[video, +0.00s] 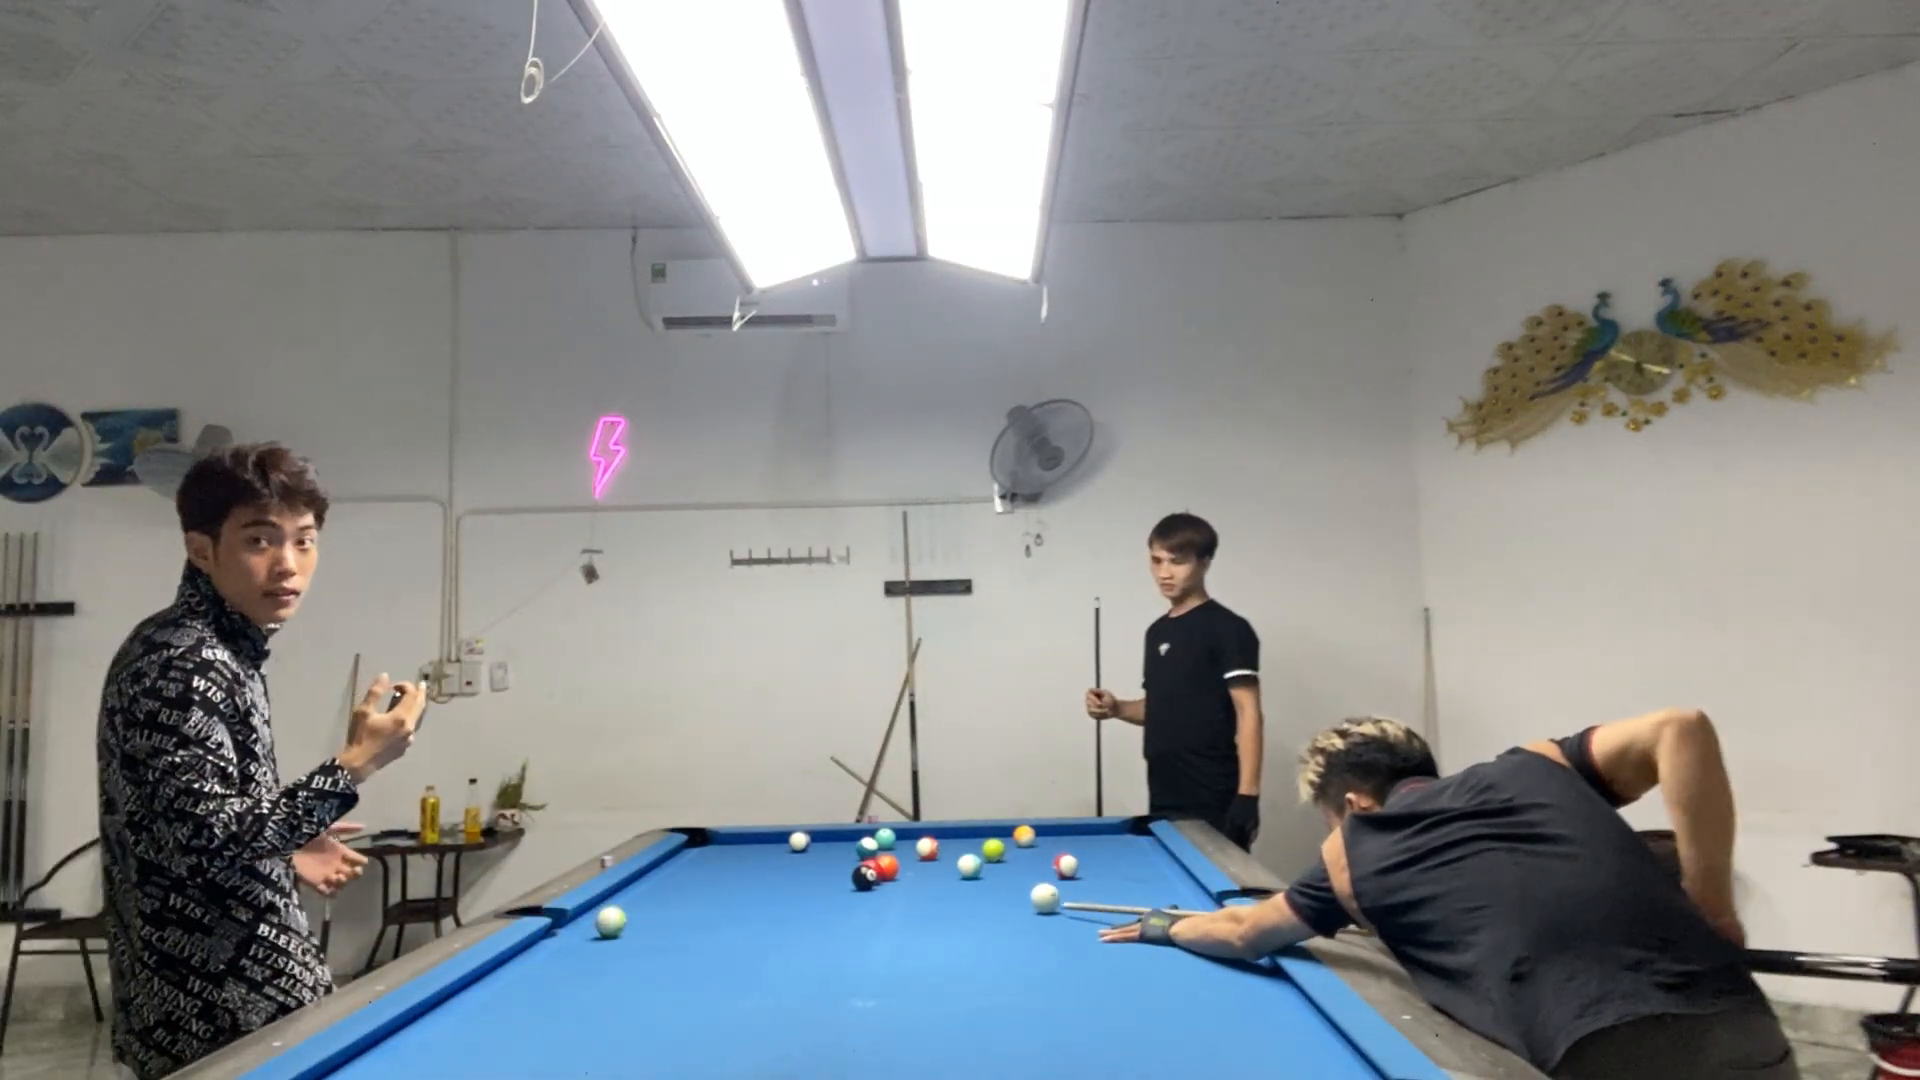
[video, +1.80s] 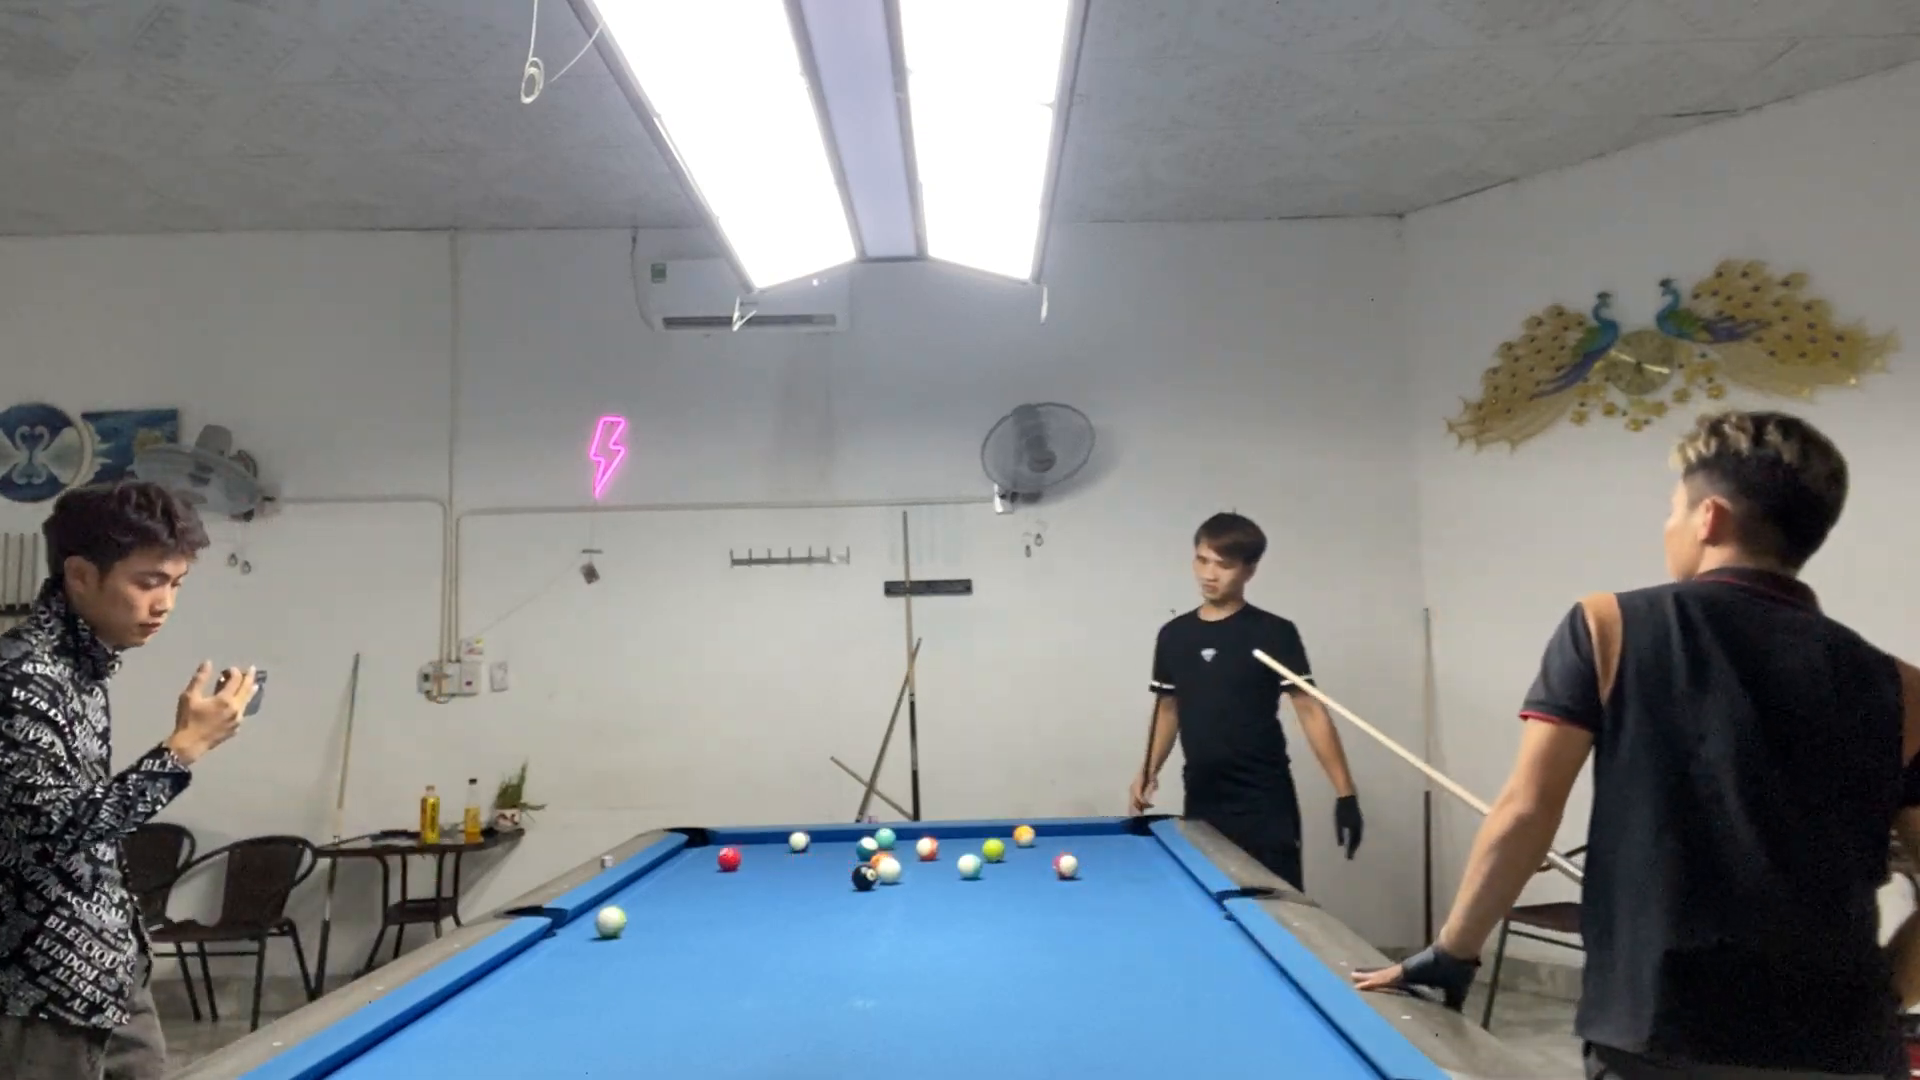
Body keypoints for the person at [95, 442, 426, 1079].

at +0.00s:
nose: (288, 565)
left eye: (303, 542)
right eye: (259, 540)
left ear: (317, 550)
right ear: (203, 550)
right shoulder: (177, 666)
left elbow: (203, 810)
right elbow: (217, 846)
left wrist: (288, 845)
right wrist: (355, 764)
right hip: (216, 1019)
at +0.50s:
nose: (350, 561)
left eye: (366, 541)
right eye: (326, 540)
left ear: (381, 552)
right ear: (281, 549)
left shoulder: (314, 658)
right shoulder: (241, 654)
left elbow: (293, 807)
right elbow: (243, 810)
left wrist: (366, 844)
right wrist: (374, 743)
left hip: (321, 951)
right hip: (259, 967)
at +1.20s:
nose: (299, 563)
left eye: (314, 543)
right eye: (275, 542)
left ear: (329, 554)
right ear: (230, 554)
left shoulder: (267, 664)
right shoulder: (187, 657)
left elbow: (251, 820)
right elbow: (188, 796)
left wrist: (297, 897)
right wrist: (321, 728)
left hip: (279, 965)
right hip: (199, 973)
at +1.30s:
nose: (270, 567)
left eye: (285, 547)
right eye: (245, 546)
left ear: (299, 557)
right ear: (199, 559)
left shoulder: (236, 669)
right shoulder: (156, 662)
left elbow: (239, 844)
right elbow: (163, 801)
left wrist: (277, 963)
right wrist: (296, 730)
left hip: (248, 975)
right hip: (171, 983)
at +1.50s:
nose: (226, 587)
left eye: (237, 566)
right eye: (201, 564)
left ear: (246, 571)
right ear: (140, 572)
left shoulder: (163, 681)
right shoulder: (86, 676)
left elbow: (163, 857)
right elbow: (102, 826)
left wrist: (200, 981)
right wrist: (240, 744)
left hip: (177, 990)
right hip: (93, 1001)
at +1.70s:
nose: (183, 602)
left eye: (193, 583)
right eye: (165, 580)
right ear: (96, 575)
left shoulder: (101, 675)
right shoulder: (35, 681)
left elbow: (97, 840)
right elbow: (75, 838)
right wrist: (200, 747)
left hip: (132, 980)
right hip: (49, 999)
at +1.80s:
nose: (165, 604)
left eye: (174, 583)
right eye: (148, 582)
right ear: (81, 576)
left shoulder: (80, 668)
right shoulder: (23, 679)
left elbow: (79, 834)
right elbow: (62, 832)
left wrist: (122, 930)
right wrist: (185, 746)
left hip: (115, 970)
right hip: (40, 991)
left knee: (144, 1068)